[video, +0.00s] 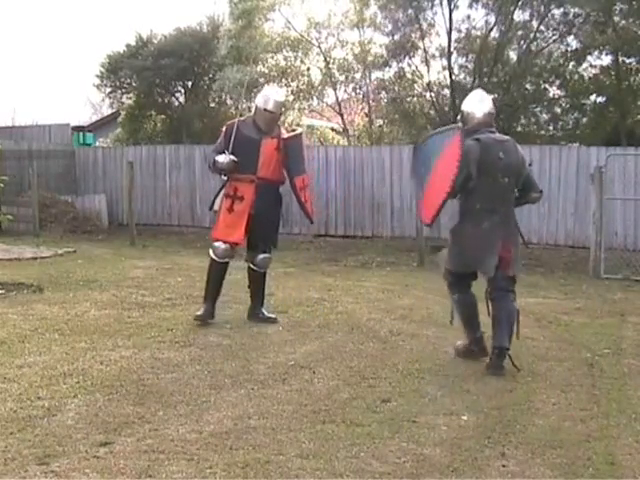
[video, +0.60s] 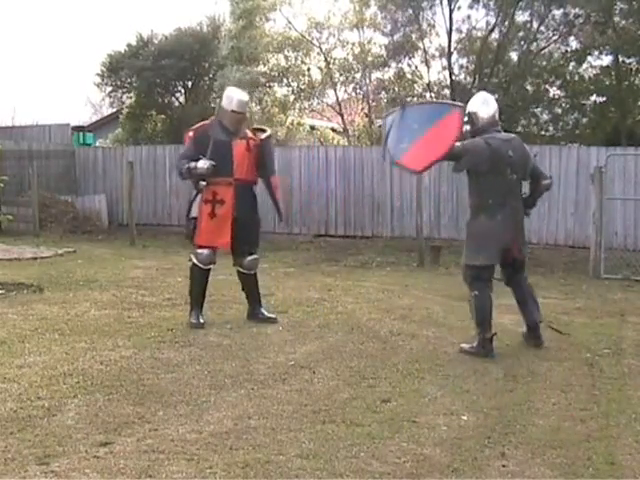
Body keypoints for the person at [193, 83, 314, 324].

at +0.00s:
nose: (271, 118)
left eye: (276, 113)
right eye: (267, 112)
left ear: (281, 113)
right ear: (257, 108)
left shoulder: (283, 138)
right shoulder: (234, 129)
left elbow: (296, 172)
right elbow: (214, 157)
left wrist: (293, 143)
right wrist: (220, 162)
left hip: (266, 199)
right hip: (235, 196)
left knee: (261, 257)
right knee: (221, 249)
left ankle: (256, 308)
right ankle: (208, 306)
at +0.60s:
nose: (239, 118)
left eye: (243, 113)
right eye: (235, 113)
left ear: (247, 113)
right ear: (223, 110)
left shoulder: (252, 138)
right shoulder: (204, 133)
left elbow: (265, 173)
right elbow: (182, 165)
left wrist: (264, 144)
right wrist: (194, 168)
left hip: (244, 200)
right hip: (212, 200)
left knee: (248, 259)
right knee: (204, 255)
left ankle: (255, 308)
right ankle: (196, 310)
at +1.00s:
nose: (210, 117)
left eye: (214, 112)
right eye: (205, 112)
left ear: (218, 112)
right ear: (193, 111)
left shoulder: (223, 137)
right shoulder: (177, 135)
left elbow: (239, 172)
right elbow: (156, 168)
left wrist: (241, 147)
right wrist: (168, 170)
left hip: (225, 201)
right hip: (194, 203)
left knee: (239, 255)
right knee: (193, 257)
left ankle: (238, 308)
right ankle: (195, 311)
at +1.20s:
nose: (203, 117)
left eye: (207, 112)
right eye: (199, 112)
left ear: (212, 113)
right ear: (187, 111)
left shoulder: (218, 138)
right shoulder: (175, 137)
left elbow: (235, 172)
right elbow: (153, 169)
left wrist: (237, 147)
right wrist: (165, 173)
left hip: (220, 199)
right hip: (191, 201)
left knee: (229, 255)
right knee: (192, 256)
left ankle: (227, 312)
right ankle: (195, 311)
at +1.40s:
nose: (205, 118)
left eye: (209, 112)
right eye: (201, 112)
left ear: (213, 112)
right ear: (188, 111)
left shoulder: (218, 137)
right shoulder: (172, 136)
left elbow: (237, 173)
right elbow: (151, 168)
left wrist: (237, 147)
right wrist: (163, 173)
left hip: (218, 199)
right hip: (188, 201)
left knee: (222, 256)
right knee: (189, 257)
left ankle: (217, 315)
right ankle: (194, 311)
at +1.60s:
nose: (212, 120)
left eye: (215, 115)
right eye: (207, 114)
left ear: (219, 115)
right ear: (193, 111)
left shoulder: (221, 140)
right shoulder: (173, 136)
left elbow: (238, 176)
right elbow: (150, 167)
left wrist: (241, 149)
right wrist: (164, 172)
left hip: (216, 203)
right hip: (186, 204)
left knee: (217, 260)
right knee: (186, 260)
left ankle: (212, 318)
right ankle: (195, 310)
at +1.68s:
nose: (215, 120)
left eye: (219, 115)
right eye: (211, 114)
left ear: (222, 115)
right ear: (197, 110)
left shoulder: (222, 140)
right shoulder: (174, 134)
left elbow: (238, 175)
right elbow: (150, 164)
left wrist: (245, 150)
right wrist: (163, 170)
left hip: (216, 203)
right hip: (185, 203)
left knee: (214, 261)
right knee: (184, 260)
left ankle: (211, 318)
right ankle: (192, 311)